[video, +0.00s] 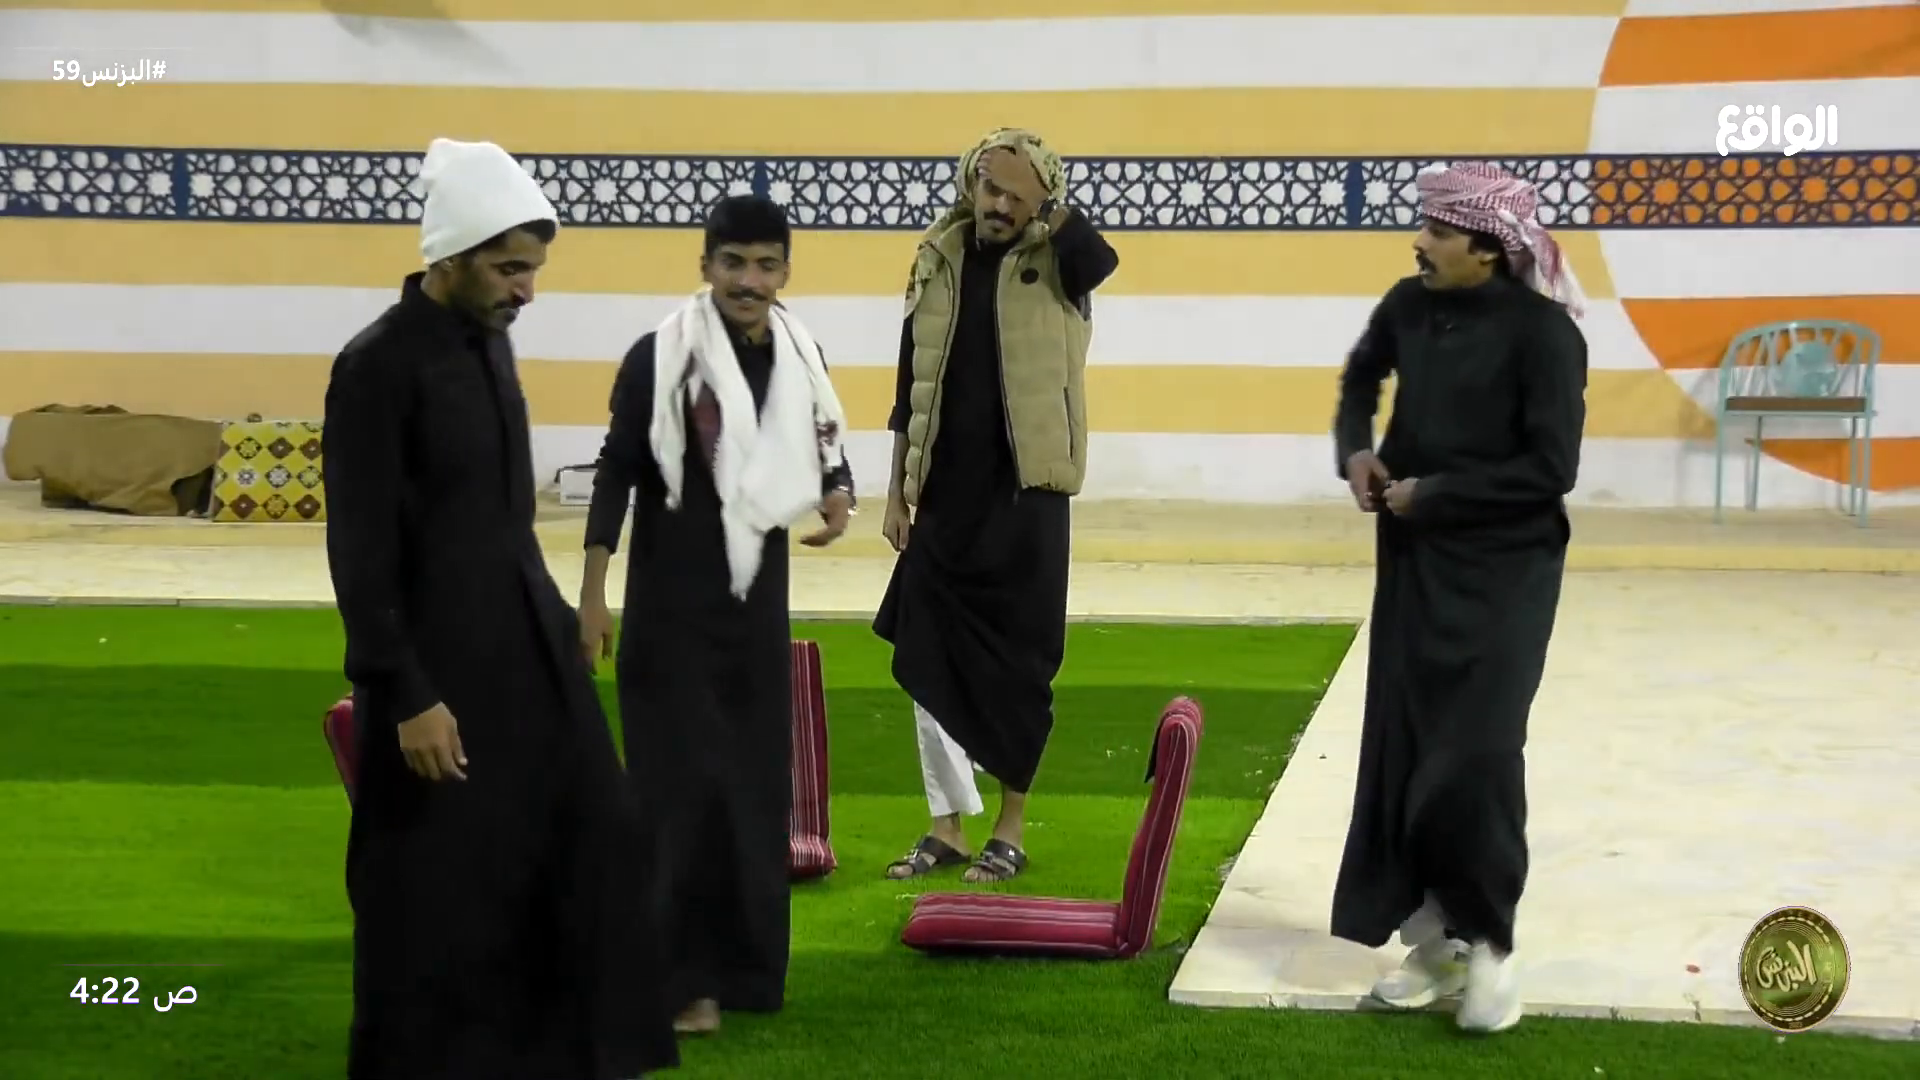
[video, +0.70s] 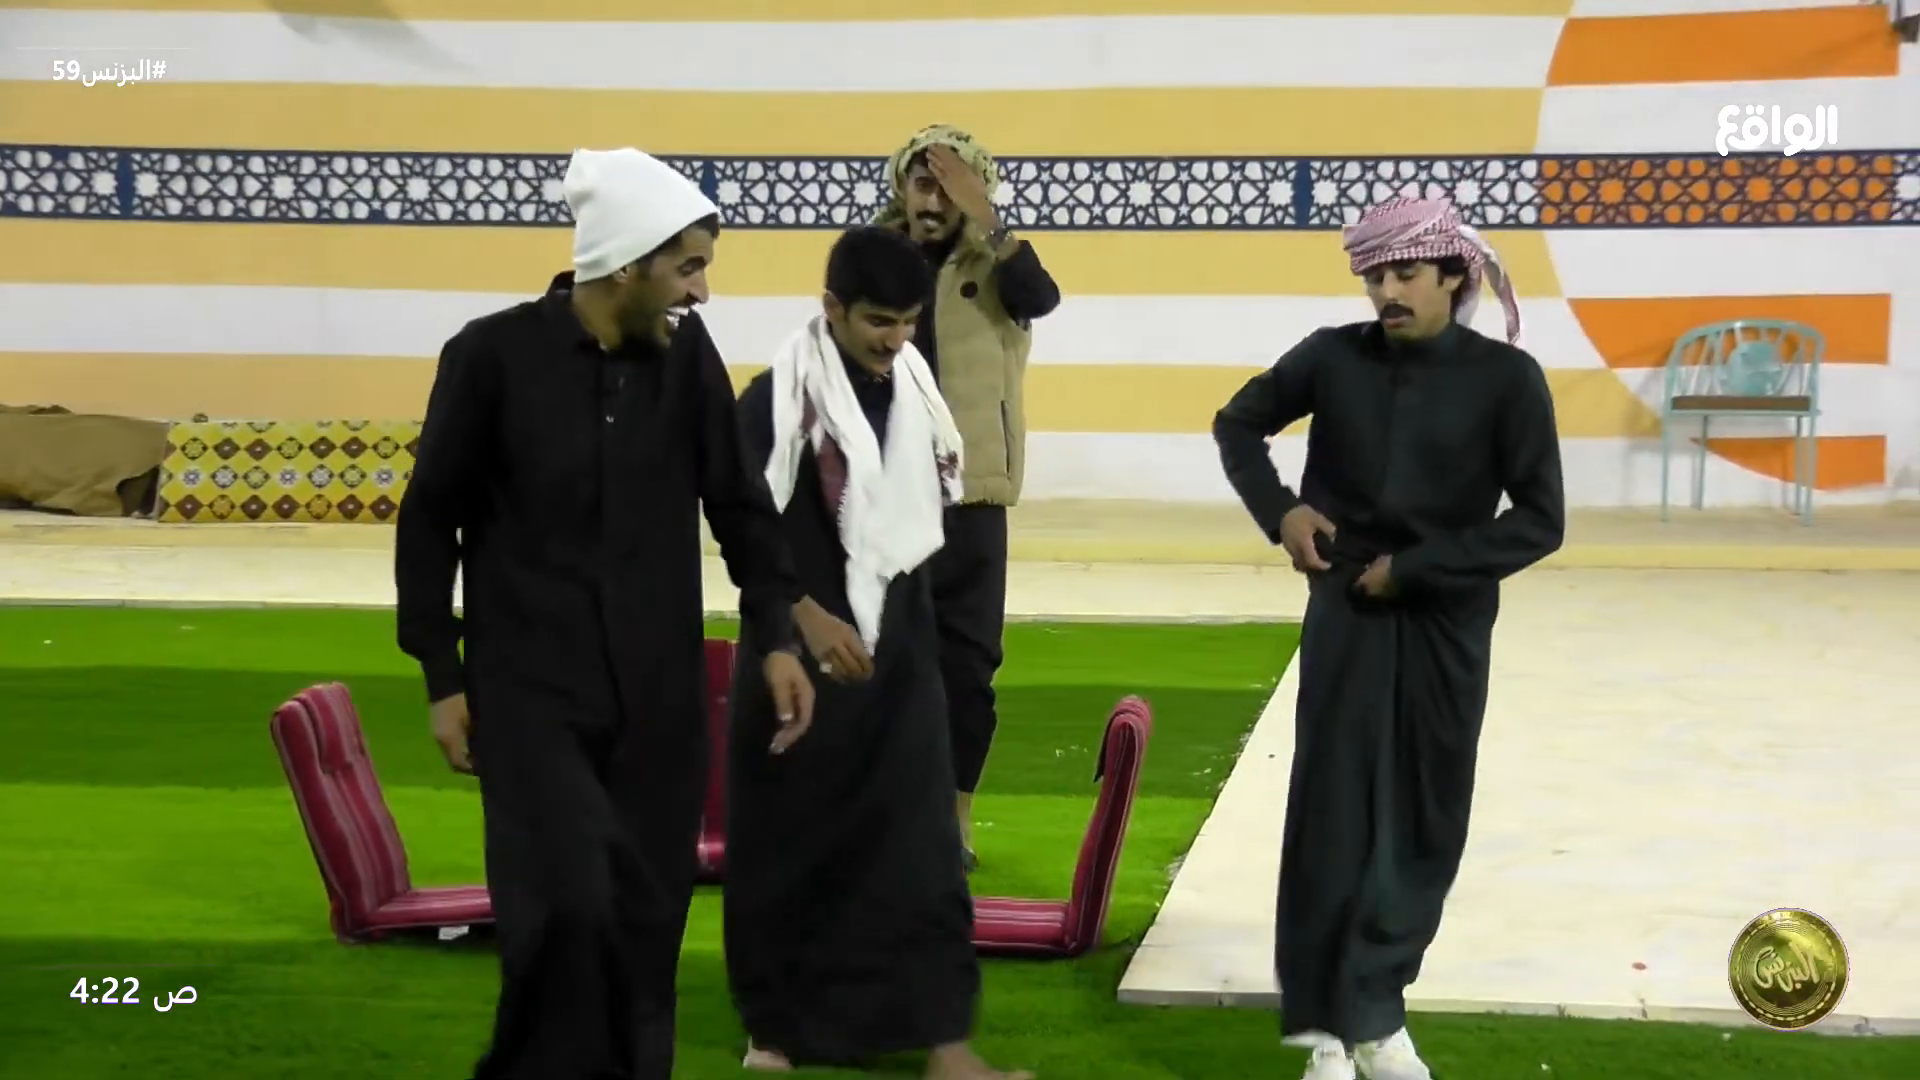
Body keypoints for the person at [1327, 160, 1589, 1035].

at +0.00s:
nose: (1421, 244)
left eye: (1439, 234)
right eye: (1422, 228)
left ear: (1490, 250)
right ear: (1441, 239)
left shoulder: (1545, 333)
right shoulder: (1409, 306)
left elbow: (1549, 470)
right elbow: (1359, 381)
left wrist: (1429, 490)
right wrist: (1355, 452)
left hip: (1506, 568)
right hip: (1417, 561)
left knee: (1474, 749)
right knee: (1409, 745)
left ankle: (1486, 945)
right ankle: (1434, 948)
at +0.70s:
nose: (1391, 292)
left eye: (1409, 274)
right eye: (1378, 276)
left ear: (1455, 277)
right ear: (1366, 281)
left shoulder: (1509, 378)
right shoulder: (1331, 356)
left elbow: (1540, 522)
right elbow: (1238, 424)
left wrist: (1417, 567)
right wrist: (1282, 511)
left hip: (1449, 624)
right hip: (1346, 614)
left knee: (1425, 813)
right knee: (1333, 804)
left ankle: (1378, 1013)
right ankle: (1319, 1027)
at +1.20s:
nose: (1439, 304)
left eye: (1459, 285)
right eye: (1419, 282)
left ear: (1478, 288)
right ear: (1377, 277)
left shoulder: (1509, 372)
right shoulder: (1304, 366)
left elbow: (1546, 528)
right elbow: (1195, 451)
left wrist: (1419, 609)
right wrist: (1257, 566)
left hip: (1463, 690)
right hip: (1337, 687)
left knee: (1472, 919)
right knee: (1342, 922)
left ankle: (1479, 1069)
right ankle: (1350, 1069)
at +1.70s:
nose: (1524, 325)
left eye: (1548, 300)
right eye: (1501, 298)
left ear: (1578, 297)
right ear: (1462, 288)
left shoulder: (1622, 400)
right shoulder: (1381, 386)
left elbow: (1668, 584)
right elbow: (1279, 499)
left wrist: (1502, 653)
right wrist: (1346, 611)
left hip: (1554, 741)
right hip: (1419, 734)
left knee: (1539, 993)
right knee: (1431, 989)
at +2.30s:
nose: (1574, 322)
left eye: (1602, 296)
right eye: (1548, 292)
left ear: (1634, 311)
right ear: (1500, 298)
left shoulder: (1690, 434)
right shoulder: (1400, 423)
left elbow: (1732, 647)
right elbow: (1277, 552)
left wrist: (1546, 735)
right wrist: (1373, 690)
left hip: (1623, 862)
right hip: (1450, 858)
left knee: (1645, 1066)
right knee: (1448, 1067)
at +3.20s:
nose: (1504, 441)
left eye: (1529, 406)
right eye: (1471, 411)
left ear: (1566, 402)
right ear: (1423, 410)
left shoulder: (1650, 518)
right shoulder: (1335, 524)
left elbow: (1725, 744)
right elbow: (1197, 655)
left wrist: (1522, 856)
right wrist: (1296, 805)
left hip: (1576, 959)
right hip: (1386, 951)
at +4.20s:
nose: (1492, 492)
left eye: (1521, 454)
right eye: (1456, 460)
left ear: (1563, 454)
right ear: (1404, 467)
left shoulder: (1653, 586)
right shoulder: (1315, 594)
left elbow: (1718, 837)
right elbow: (1171, 717)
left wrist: (1479, 912)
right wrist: (1258, 893)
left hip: (1562, 1046)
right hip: (1356, 1043)